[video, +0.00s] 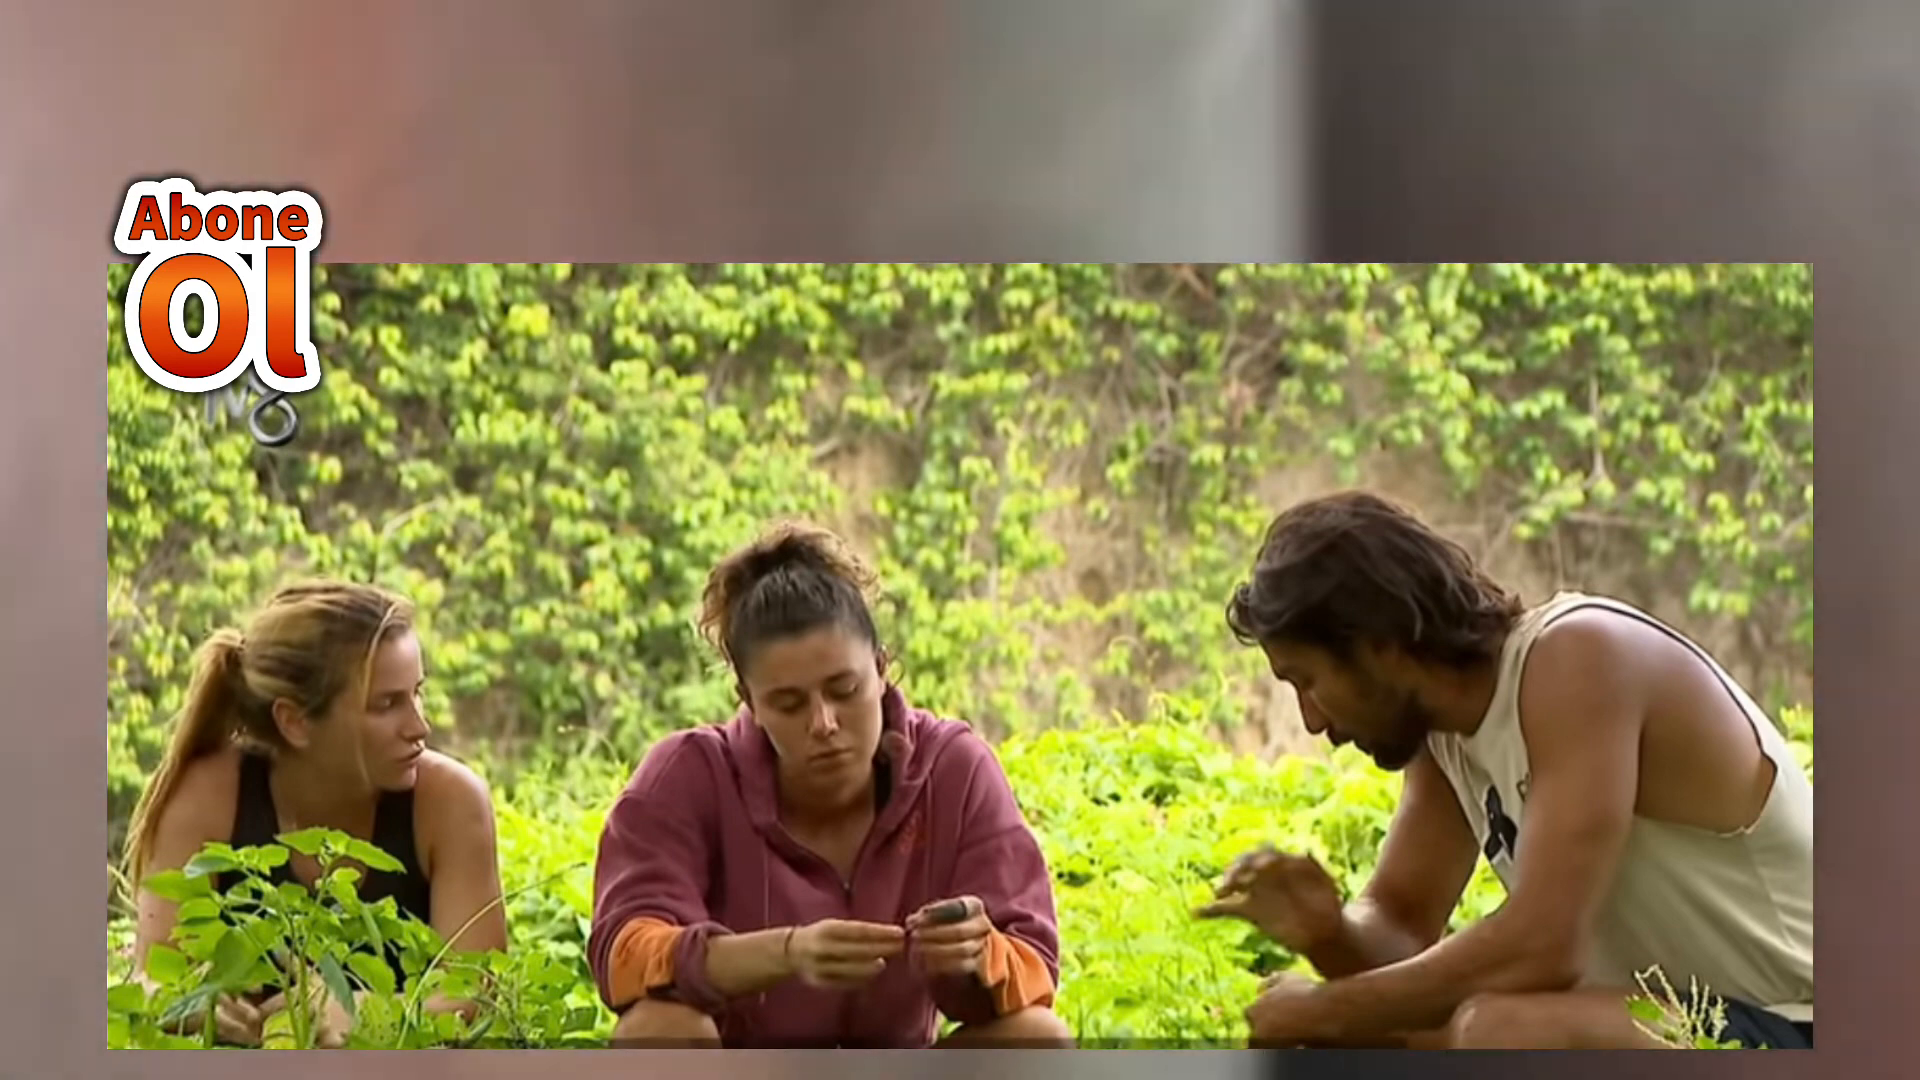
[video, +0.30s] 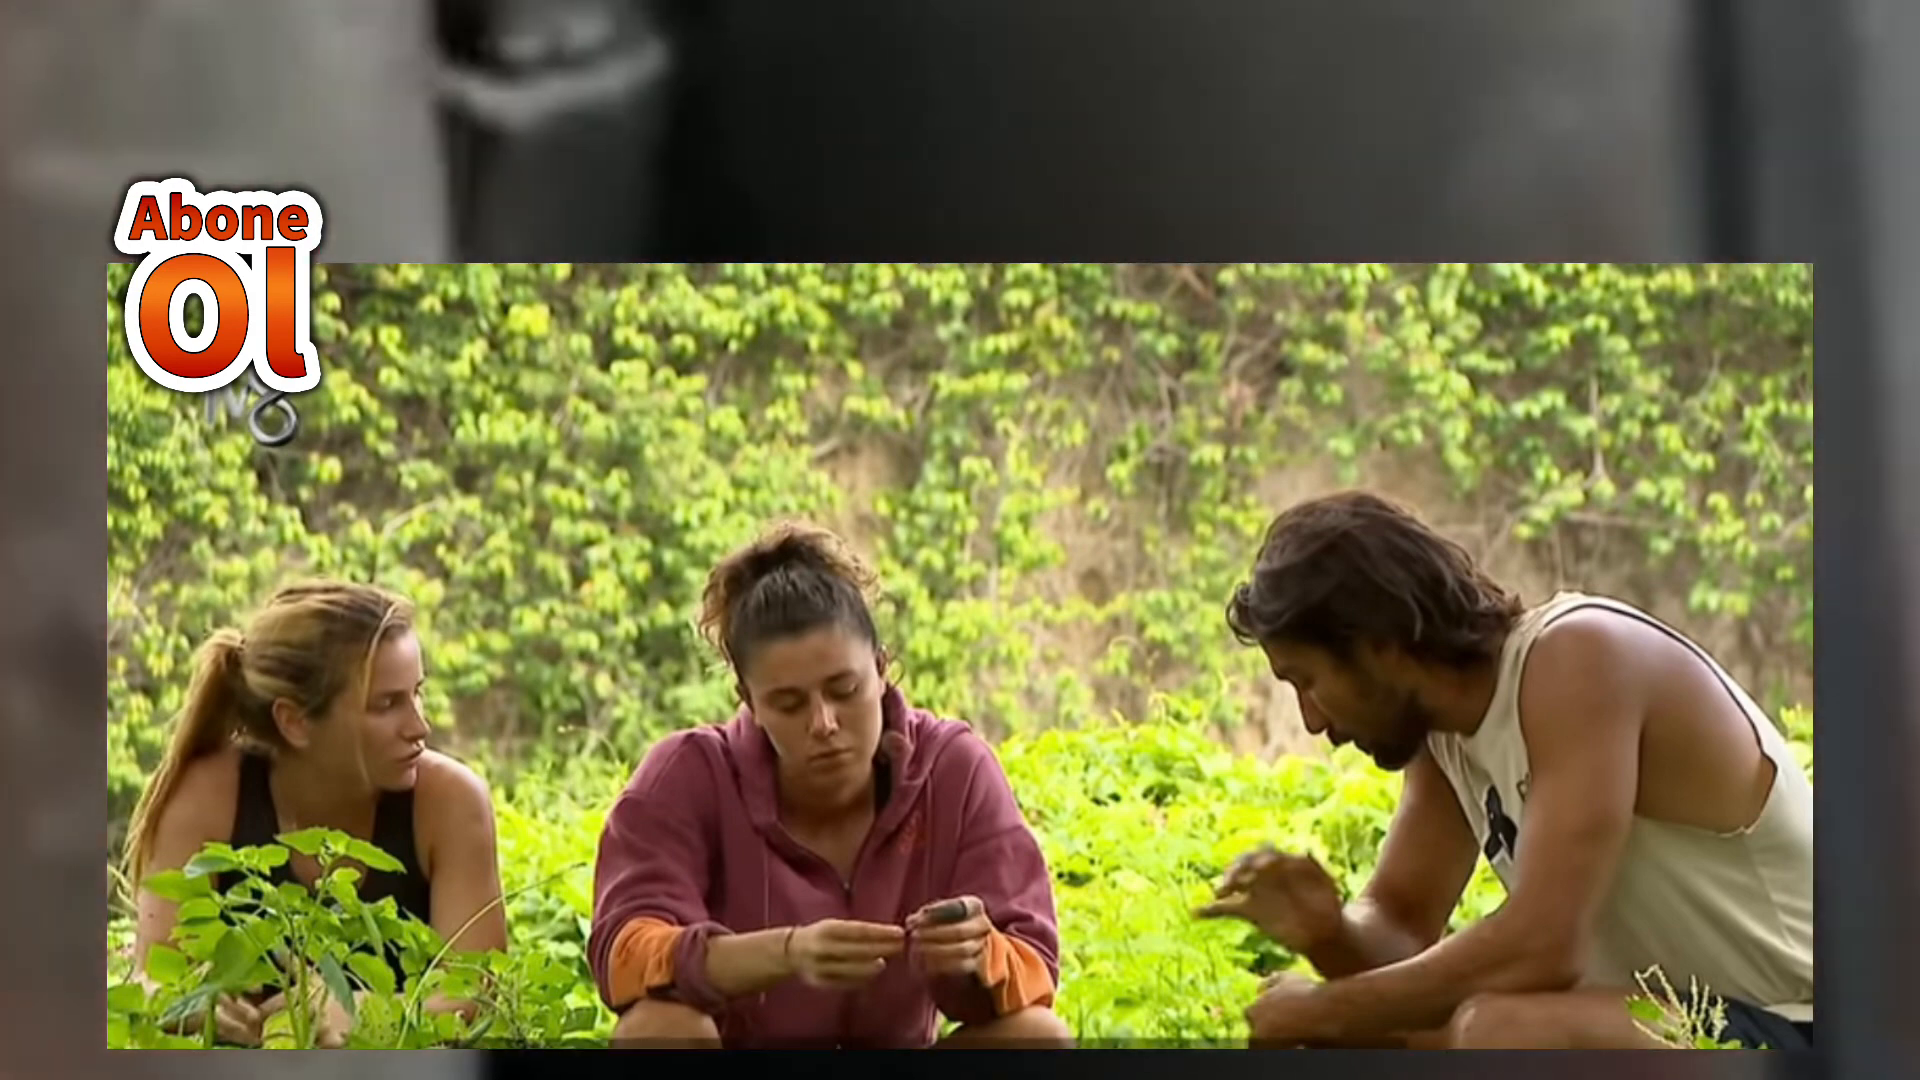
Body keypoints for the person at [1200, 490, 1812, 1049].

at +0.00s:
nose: (1311, 723)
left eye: (1306, 686)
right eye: (1295, 693)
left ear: (1383, 642)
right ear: (1383, 643)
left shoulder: (1584, 656)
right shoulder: (1450, 730)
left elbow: (1539, 950)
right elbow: (1403, 924)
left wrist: (1325, 1015)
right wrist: (1330, 933)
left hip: (1789, 1019)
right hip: (1658, 1003)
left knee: (1501, 1025)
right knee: (1379, 1026)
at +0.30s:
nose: (1310, 723)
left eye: (1306, 686)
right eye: (1295, 692)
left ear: (1385, 643)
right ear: (1385, 645)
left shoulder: (1584, 656)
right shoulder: (1451, 731)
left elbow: (1540, 950)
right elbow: (1403, 925)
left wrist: (1324, 1014)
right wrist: (1330, 933)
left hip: (1789, 1020)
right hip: (1660, 1006)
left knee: (1503, 1025)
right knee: (1379, 1027)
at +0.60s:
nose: (1311, 723)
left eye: (1306, 686)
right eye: (1295, 693)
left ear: (1383, 642)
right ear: (1383, 643)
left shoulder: (1584, 656)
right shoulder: (1450, 731)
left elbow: (1539, 950)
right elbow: (1403, 924)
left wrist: (1325, 1014)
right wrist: (1330, 933)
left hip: (1791, 1019)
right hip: (1661, 1006)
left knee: (1503, 1026)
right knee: (1380, 1026)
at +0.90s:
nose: (1311, 723)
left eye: (1306, 686)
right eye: (1295, 693)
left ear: (1383, 642)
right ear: (1383, 643)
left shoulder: (1584, 656)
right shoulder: (1450, 730)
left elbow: (1539, 950)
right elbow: (1403, 924)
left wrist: (1325, 1014)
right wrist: (1330, 933)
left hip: (1788, 1019)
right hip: (1656, 1004)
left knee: (1501, 1026)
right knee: (1377, 1029)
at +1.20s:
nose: (1310, 723)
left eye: (1306, 686)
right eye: (1295, 693)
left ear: (1385, 643)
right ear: (1385, 645)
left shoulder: (1584, 656)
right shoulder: (1451, 731)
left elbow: (1540, 950)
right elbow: (1402, 924)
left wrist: (1322, 1014)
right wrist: (1331, 933)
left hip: (1792, 1019)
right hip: (1660, 1004)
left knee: (1501, 1026)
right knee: (1375, 1032)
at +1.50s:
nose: (1310, 723)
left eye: (1305, 686)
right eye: (1295, 693)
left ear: (1385, 643)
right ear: (1385, 645)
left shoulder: (1584, 656)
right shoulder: (1451, 731)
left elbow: (1540, 950)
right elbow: (1403, 925)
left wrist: (1323, 1014)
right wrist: (1331, 933)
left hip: (1791, 1020)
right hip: (1659, 1004)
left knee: (1502, 1026)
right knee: (1375, 1032)